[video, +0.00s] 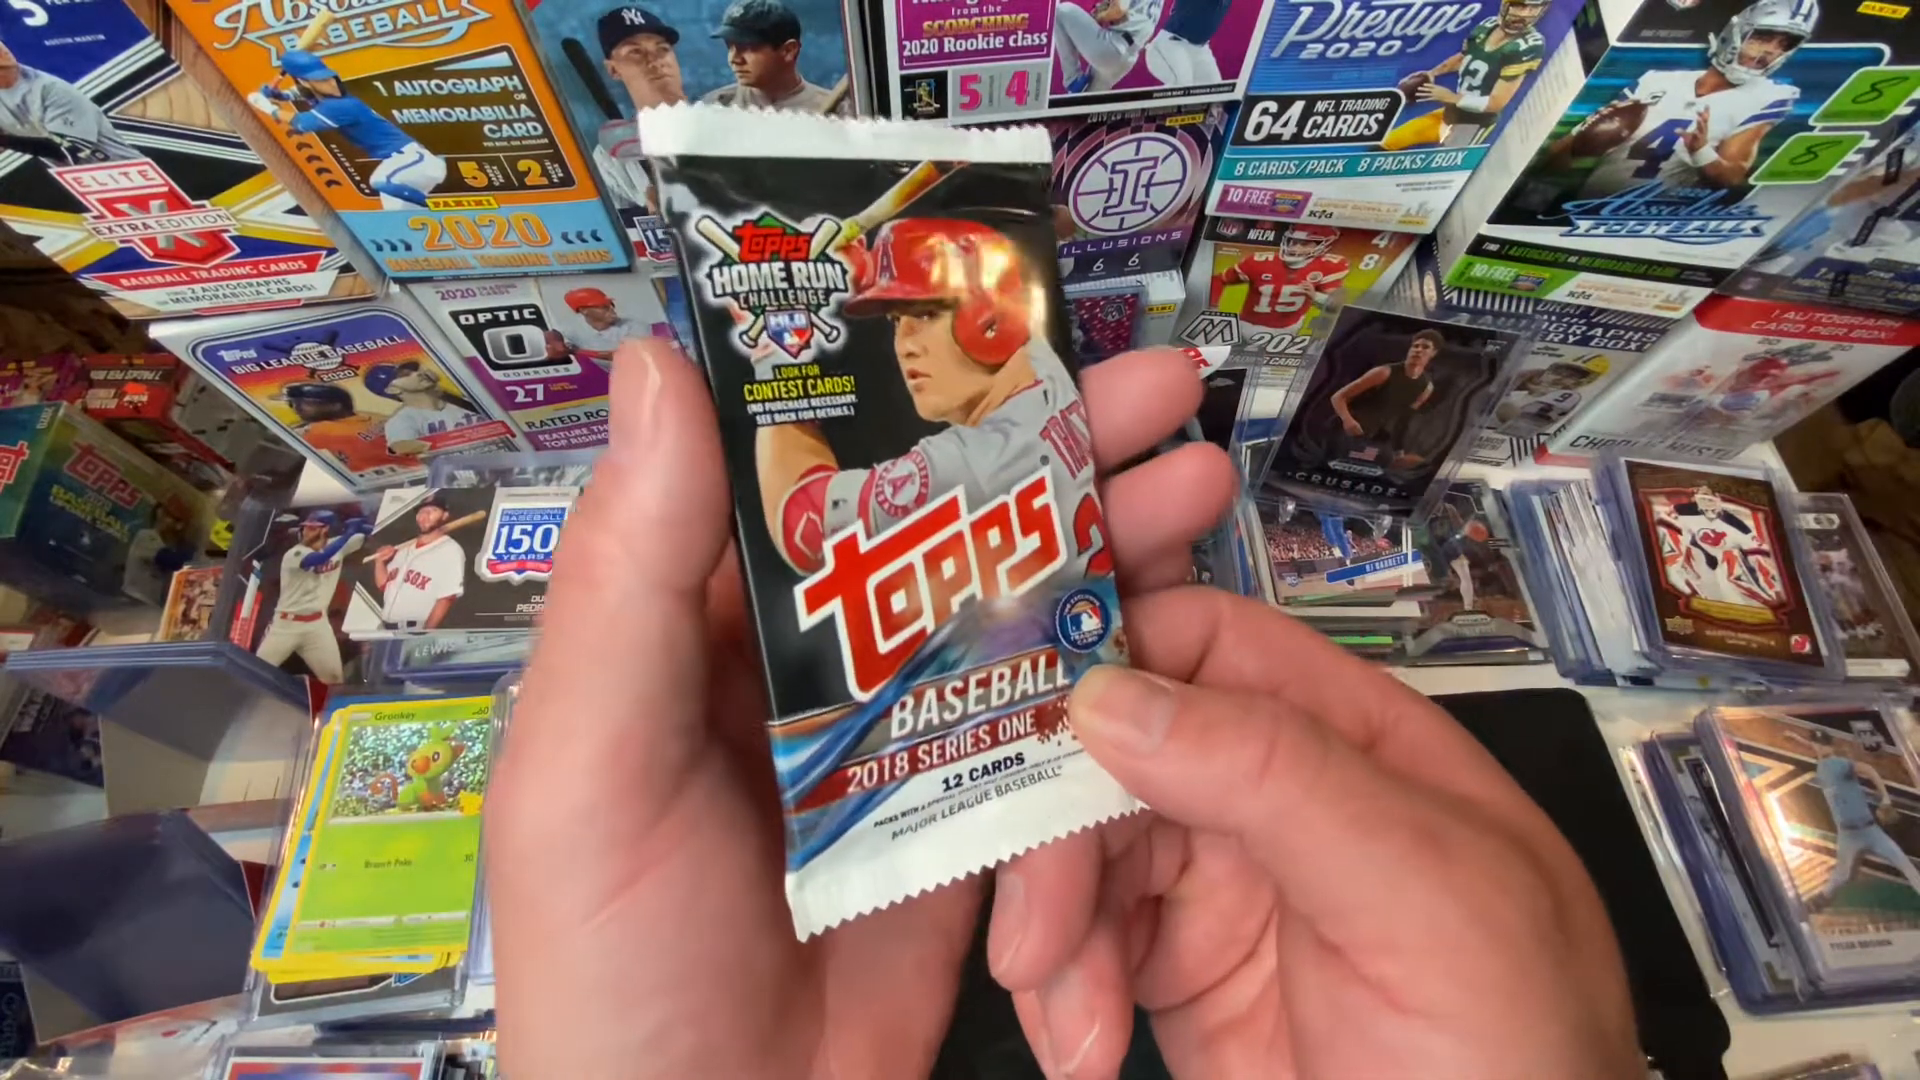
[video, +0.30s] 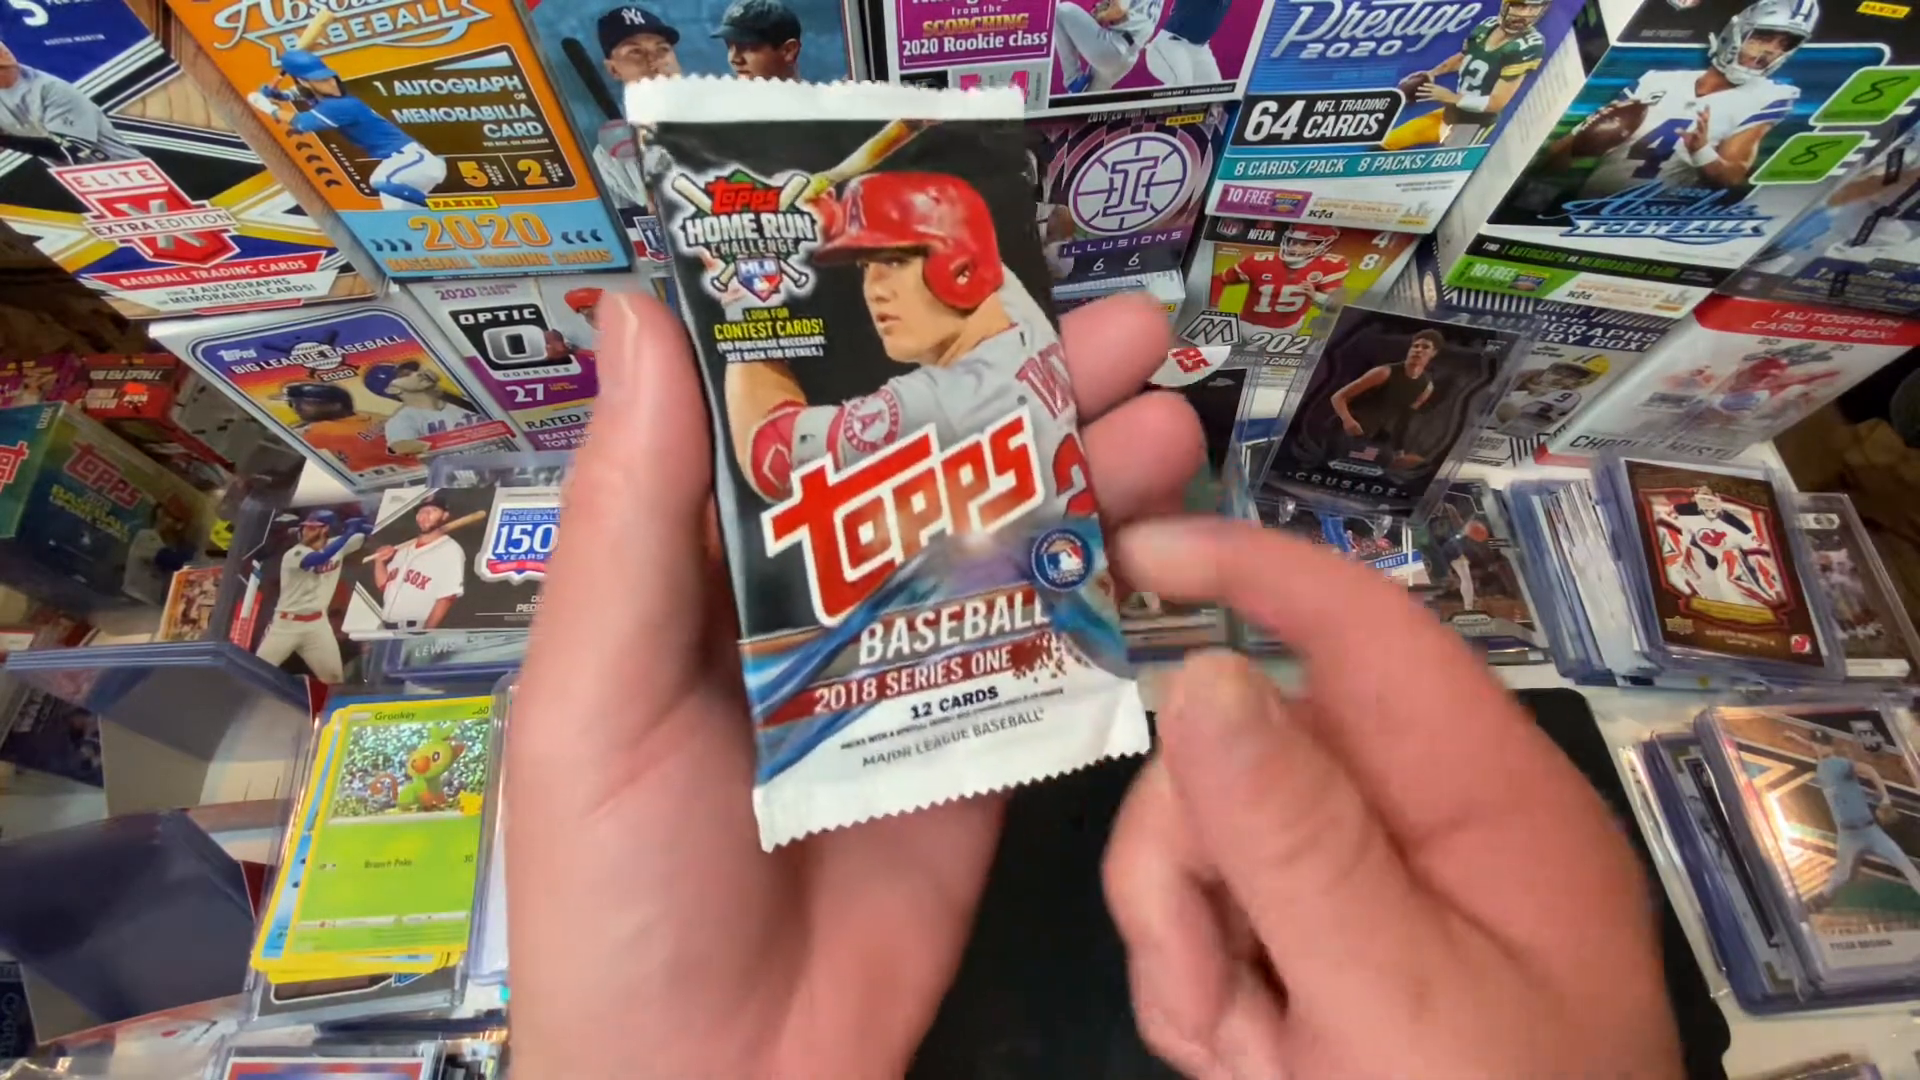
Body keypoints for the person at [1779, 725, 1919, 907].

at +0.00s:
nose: (1823, 750)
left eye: (1825, 745)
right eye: (1819, 746)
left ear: (1831, 745)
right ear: (1814, 748)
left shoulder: (1839, 764)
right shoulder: (1822, 767)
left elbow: (1868, 770)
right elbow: (1810, 745)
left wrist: (1885, 798)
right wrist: (1796, 737)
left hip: (1870, 829)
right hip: (1847, 834)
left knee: (1903, 862)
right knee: (1842, 875)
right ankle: (1824, 896)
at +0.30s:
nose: (1823, 750)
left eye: (1825, 745)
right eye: (1819, 746)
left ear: (1831, 745)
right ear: (1814, 748)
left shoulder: (1839, 764)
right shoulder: (1822, 767)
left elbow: (1869, 771)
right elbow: (1811, 745)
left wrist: (1884, 798)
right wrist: (1795, 737)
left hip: (1870, 829)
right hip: (1847, 834)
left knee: (1903, 862)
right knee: (1842, 875)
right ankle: (1824, 896)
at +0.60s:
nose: (1822, 749)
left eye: (1824, 744)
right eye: (1818, 746)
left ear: (1831, 745)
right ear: (1814, 748)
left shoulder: (1840, 764)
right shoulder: (1822, 767)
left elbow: (1869, 770)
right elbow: (1812, 746)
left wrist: (1885, 797)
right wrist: (1796, 738)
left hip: (1871, 829)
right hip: (1847, 834)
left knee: (1903, 862)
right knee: (1842, 874)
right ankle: (1825, 896)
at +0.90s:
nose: (1823, 749)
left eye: (1825, 744)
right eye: (1819, 745)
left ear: (1831, 745)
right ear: (1814, 748)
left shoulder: (1839, 764)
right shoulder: (1823, 767)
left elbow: (1868, 770)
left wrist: (1884, 797)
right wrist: (1796, 738)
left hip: (1871, 829)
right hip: (1847, 834)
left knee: (1904, 863)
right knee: (1842, 874)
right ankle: (1825, 896)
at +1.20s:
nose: (1823, 749)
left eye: (1825, 744)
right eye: (1818, 745)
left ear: (1831, 745)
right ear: (1813, 747)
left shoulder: (1838, 764)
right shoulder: (1823, 766)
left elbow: (1868, 770)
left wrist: (1885, 797)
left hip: (1871, 828)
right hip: (1847, 834)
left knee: (1904, 864)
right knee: (1842, 874)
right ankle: (1823, 898)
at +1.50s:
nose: (1823, 749)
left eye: (1826, 744)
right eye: (1819, 746)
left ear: (1831, 745)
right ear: (1814, 748)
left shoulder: (1839, 764)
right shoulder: (1823, 766)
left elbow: (1868, 770)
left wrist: (1885, 797)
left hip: (1870, 828)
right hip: (1847, 834)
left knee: (1904, 864)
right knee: (1843, 874)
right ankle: (1823, 897)